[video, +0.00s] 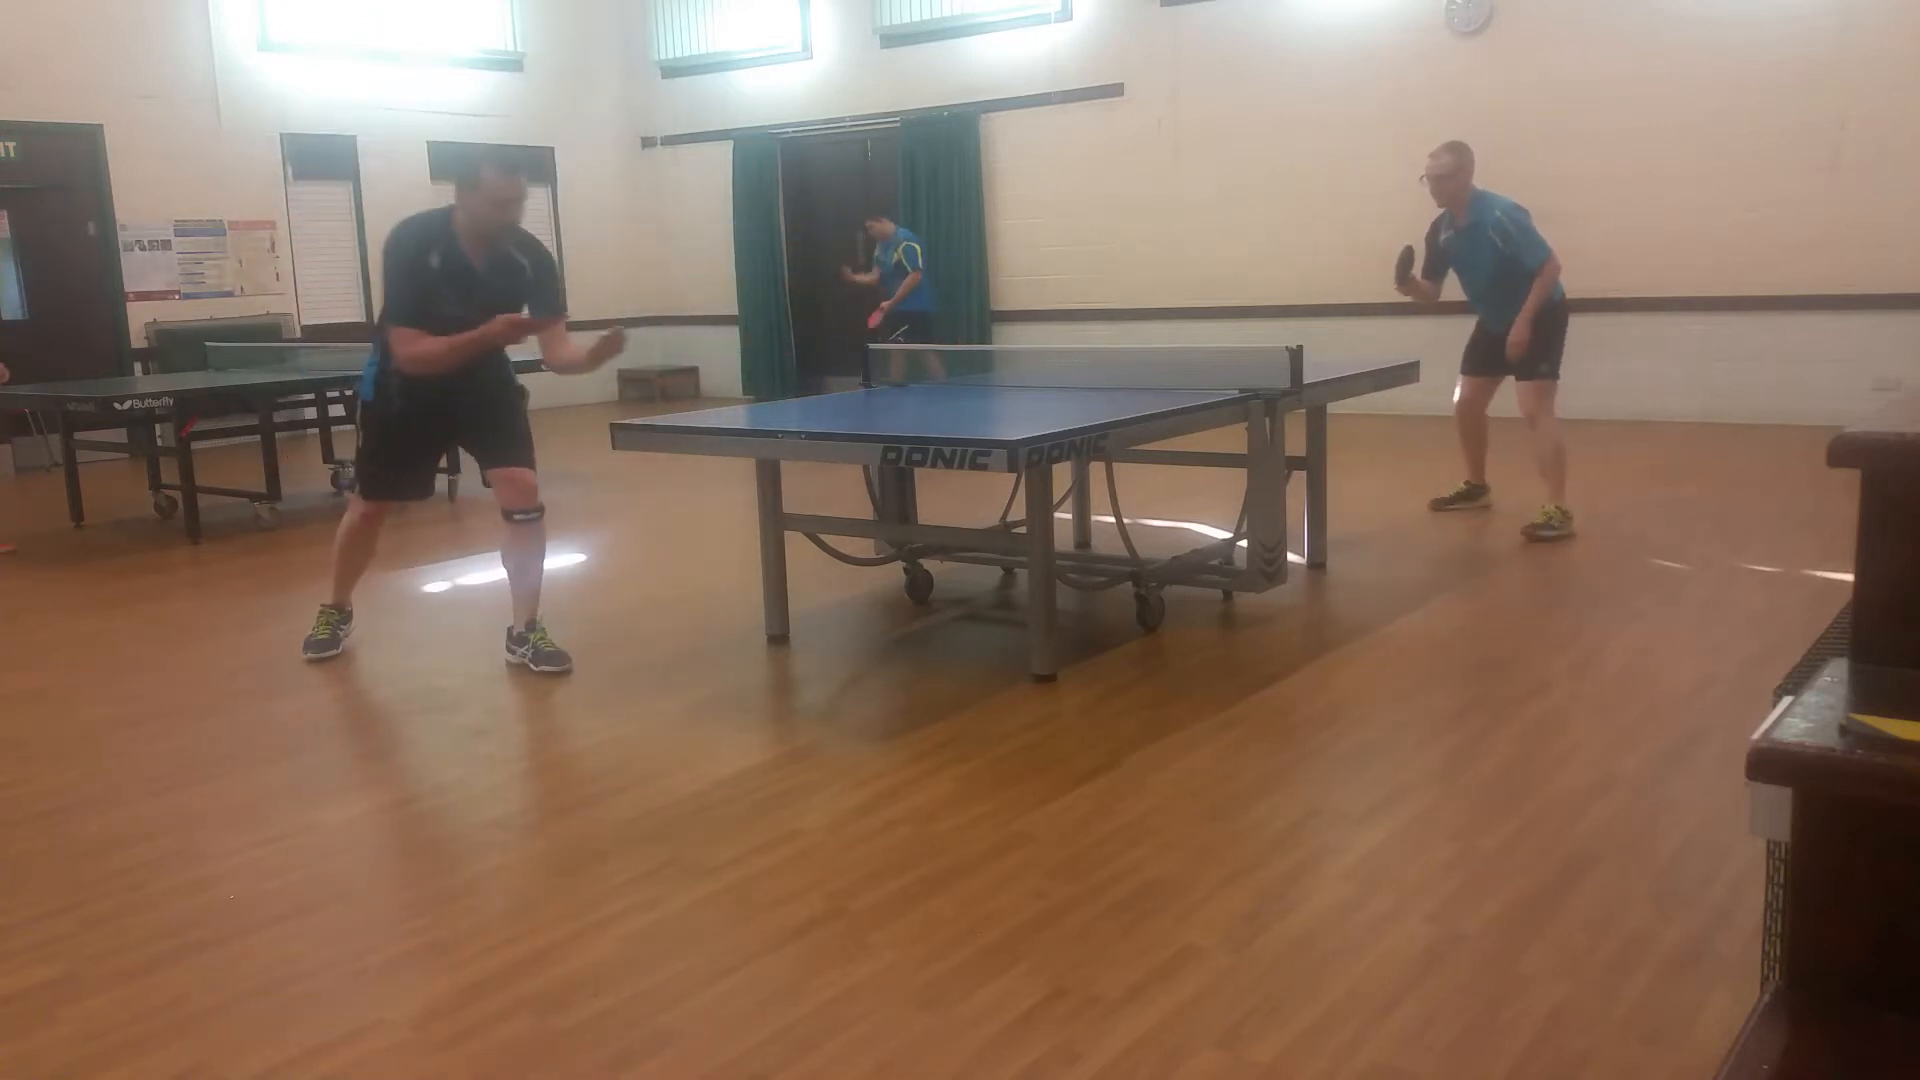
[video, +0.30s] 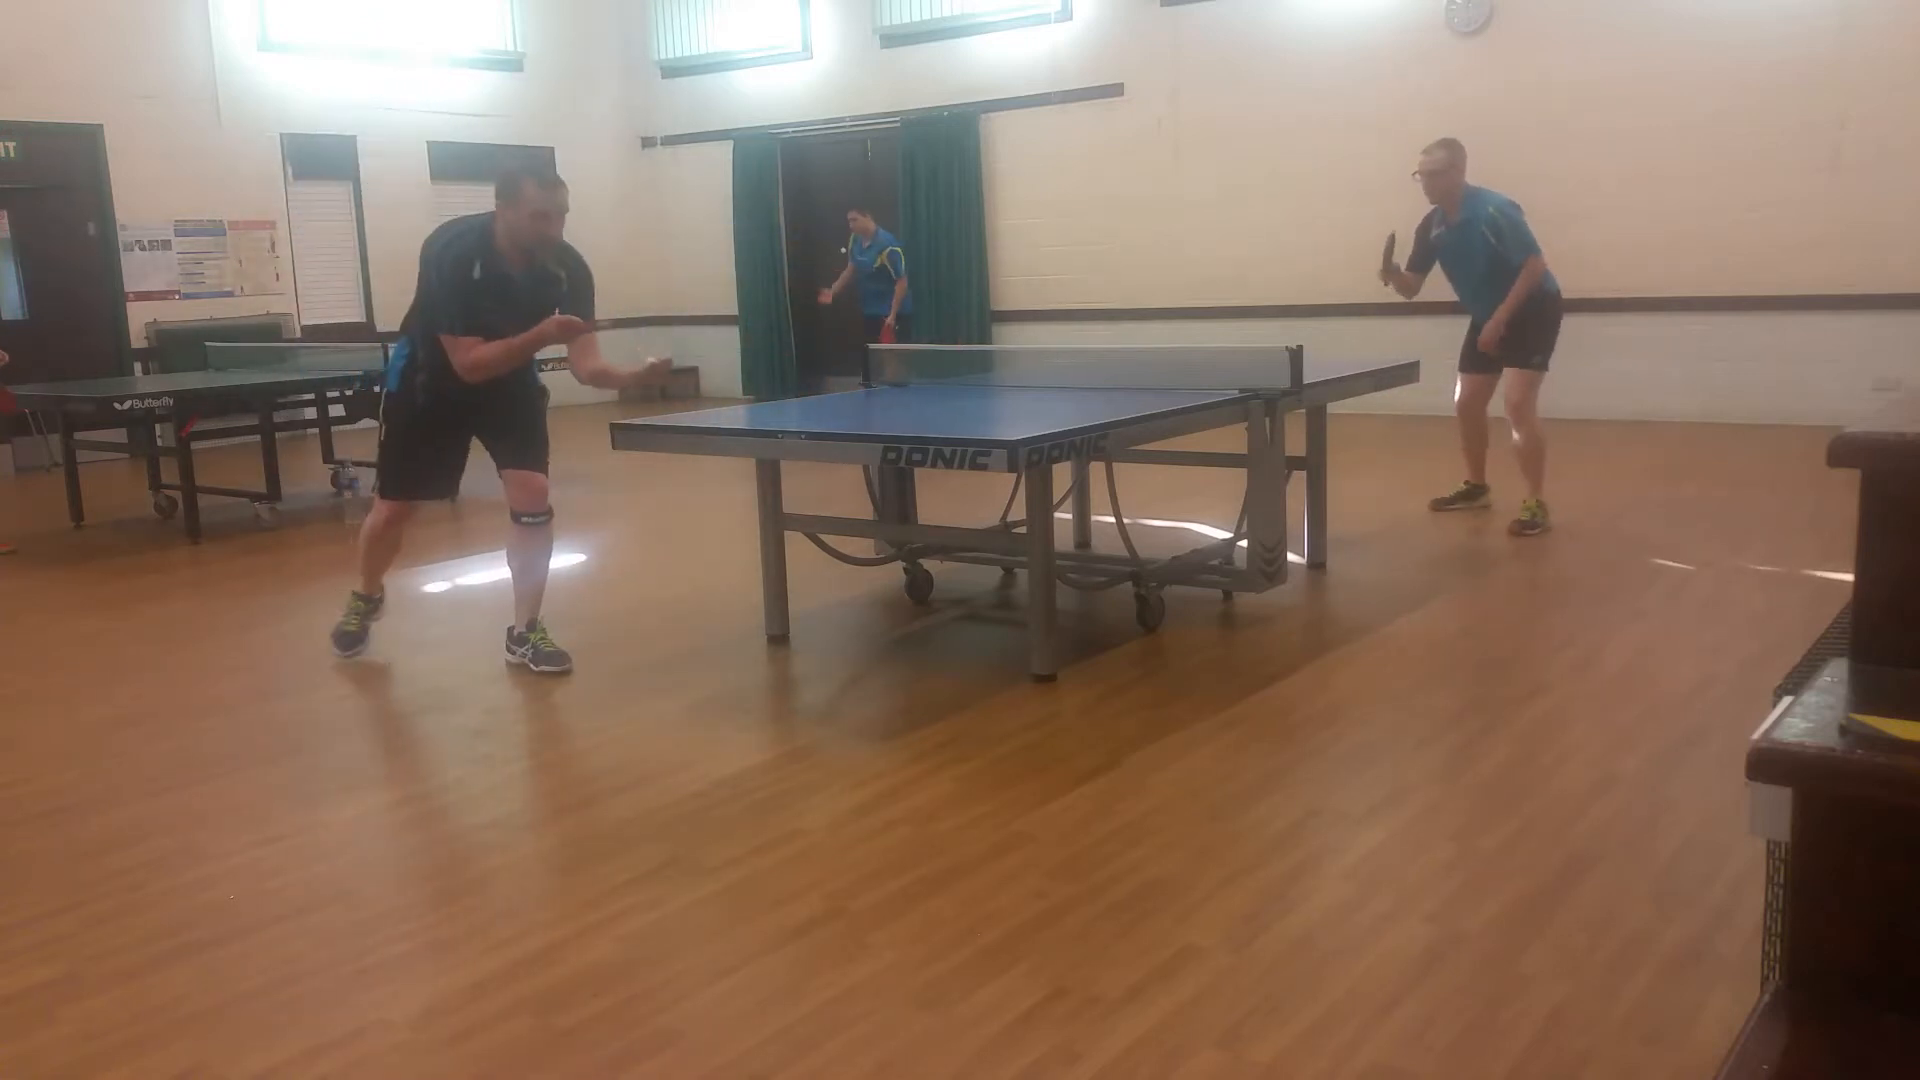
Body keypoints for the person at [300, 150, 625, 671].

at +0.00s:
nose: (512, 216)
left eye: (519, 204)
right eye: (501, 203)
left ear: (524, 200)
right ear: (464, 196)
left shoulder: (531, 257)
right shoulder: (412, 241)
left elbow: (557, 349)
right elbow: (408, 355)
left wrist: (589, 355)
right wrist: (490, 336)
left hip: (487, 382)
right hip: (406, 387)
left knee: (520, 490)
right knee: (369, 506)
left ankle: (526, 629)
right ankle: (336, 610)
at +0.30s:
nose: (554, 229)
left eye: (560, 216)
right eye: (541, 216)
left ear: (566, 212)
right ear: (503, 210)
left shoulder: (569, 269)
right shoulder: (451, 250)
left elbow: (587, 364)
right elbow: (469, 364)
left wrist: (629, 375)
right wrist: (542, 335)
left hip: (510, 379)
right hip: (429, 380)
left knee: (532, 494)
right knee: (392, 508)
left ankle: (526, 630)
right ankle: (367, 596)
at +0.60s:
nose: (561, 226)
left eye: (567, 212)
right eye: (548, 213)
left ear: (571, 208)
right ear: (510, 209)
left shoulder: (572, 268)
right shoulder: (454, 251)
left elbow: (582, 358)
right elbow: (470, 361)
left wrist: (632, 387)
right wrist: (548, 342)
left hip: (512, 380)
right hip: (431, 380)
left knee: (532, 495)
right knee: (406, 511)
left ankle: (526, 630)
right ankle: (391, 621)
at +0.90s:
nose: (559, 217)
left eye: (563, 204)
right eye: (546, 205)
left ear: (566, 201)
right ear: (508, 203)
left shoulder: (569, 262)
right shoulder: (451, 244)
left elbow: (579, 352)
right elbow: (461, 352)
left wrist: (630, 392)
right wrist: (543, 343)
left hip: (510, 378)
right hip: (430, 380)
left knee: (531, 496)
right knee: (410, 512)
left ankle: (526, 630)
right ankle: (393, 616)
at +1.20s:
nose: (494, 161)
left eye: (494, 148)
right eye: (478, 152)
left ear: (497, 149)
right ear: (441, 158)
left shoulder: (524, 216)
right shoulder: (398, 217)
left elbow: (581, 291)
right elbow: (400, 323)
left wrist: (635, 301)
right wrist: (444, 327)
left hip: (497, 372)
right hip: (416, 377)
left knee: (523, 495)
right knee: (394, 511)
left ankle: (528, 629)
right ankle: (376, 608)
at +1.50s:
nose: (370, 141)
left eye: (372, 128)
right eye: (353, 133)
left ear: (381, 131)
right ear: (322, 145)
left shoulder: (424, 193)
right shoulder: (299, 220)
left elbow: (502, 243)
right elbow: (283, 314)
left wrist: (572, 296)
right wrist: (350, 342)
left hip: (434, 374)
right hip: (347, 386)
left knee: (479, 491)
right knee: (326, 507)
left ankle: (518, 628)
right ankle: (305, 632)